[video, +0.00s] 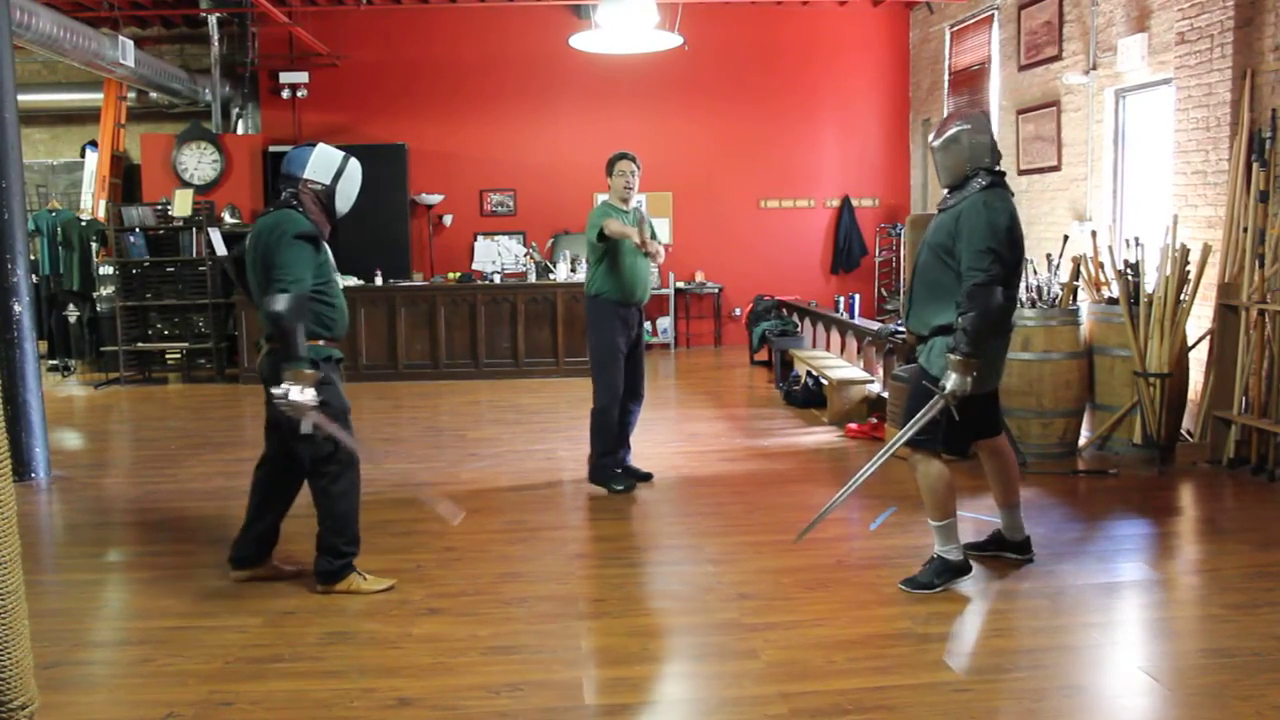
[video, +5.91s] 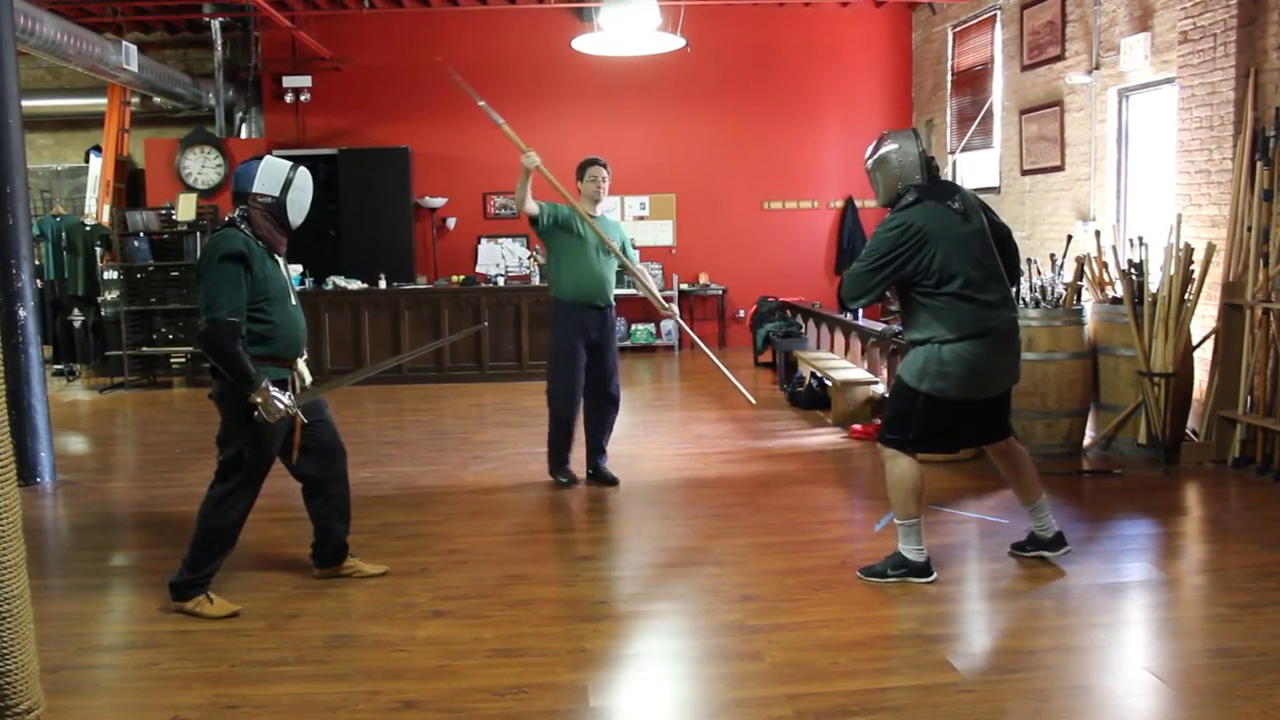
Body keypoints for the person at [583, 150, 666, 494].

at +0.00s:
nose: (629, 179)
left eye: (634, 174)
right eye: (622, 174)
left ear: (639, 181)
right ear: (609, 180)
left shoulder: (642, 220)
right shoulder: (600, 213)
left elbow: (659, 255)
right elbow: (612, 229)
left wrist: (653, 249)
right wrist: (639, 240)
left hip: (633, 311)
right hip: (606, 309)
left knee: (632, 392)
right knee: (610, 391)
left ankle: (619, 459)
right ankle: (601, 467)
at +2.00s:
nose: (601, 181)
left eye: (605, 176)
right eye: (593, 175)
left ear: (608, 181)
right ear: (577, 181)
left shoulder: (603, 218)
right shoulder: (574, 213)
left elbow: (615, 251)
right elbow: (595, 229)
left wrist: (633, 257)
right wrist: (620, 245)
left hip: (609, 316)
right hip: (584, 316)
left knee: (610, 395)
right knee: (583, 398)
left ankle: (606, 466)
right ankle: (580, 480)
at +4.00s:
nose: (597, 182)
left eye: (602, 176)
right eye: (590, 176)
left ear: (607, 182)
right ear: (576, 182)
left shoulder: (604, 221)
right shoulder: (572, 215)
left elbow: (618, 253)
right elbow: (591, 232)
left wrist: (625, 254)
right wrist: (613, 248)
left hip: (610, 315)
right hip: (585, 316)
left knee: (615, 394)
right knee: (590, 396)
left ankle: (609, 467)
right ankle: (584, 480)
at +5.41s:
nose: (596, 181)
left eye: (599, 175)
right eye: (587, 177)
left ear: (606, 182)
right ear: (574, 188)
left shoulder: (609, 224)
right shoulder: (569, 223)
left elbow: (627, 264)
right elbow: (578, 218)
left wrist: (654, 293)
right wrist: (593, 204)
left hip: (613, 322)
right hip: (584, 322)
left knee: (620, 403)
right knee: (595, 402)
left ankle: (598, 465)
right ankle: (585, 482)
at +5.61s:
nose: (601, 182)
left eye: (605, 177)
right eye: (593, 177)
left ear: (611, 183)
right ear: (581, 183)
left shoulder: (613, 226)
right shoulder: (575, 216)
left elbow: (632, 267)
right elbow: (556, 203)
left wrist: (654, 296)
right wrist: (556, 173)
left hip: (609, 318)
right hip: (580, 316)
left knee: (611, 396)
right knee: (585, 396)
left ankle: (596, 465)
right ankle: (586, 479)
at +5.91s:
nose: (600, 184)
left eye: (605, 180)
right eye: (594, 179)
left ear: (608, 188)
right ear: (579, 184)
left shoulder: (615, 229)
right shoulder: (561, 215)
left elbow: (636, 270)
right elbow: (524, 205)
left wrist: (659, 301)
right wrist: (526, 171)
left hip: (604, 317)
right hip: (568, 315)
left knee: (605, 393)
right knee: (565, 393)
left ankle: (597, 463)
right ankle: (559, 465)